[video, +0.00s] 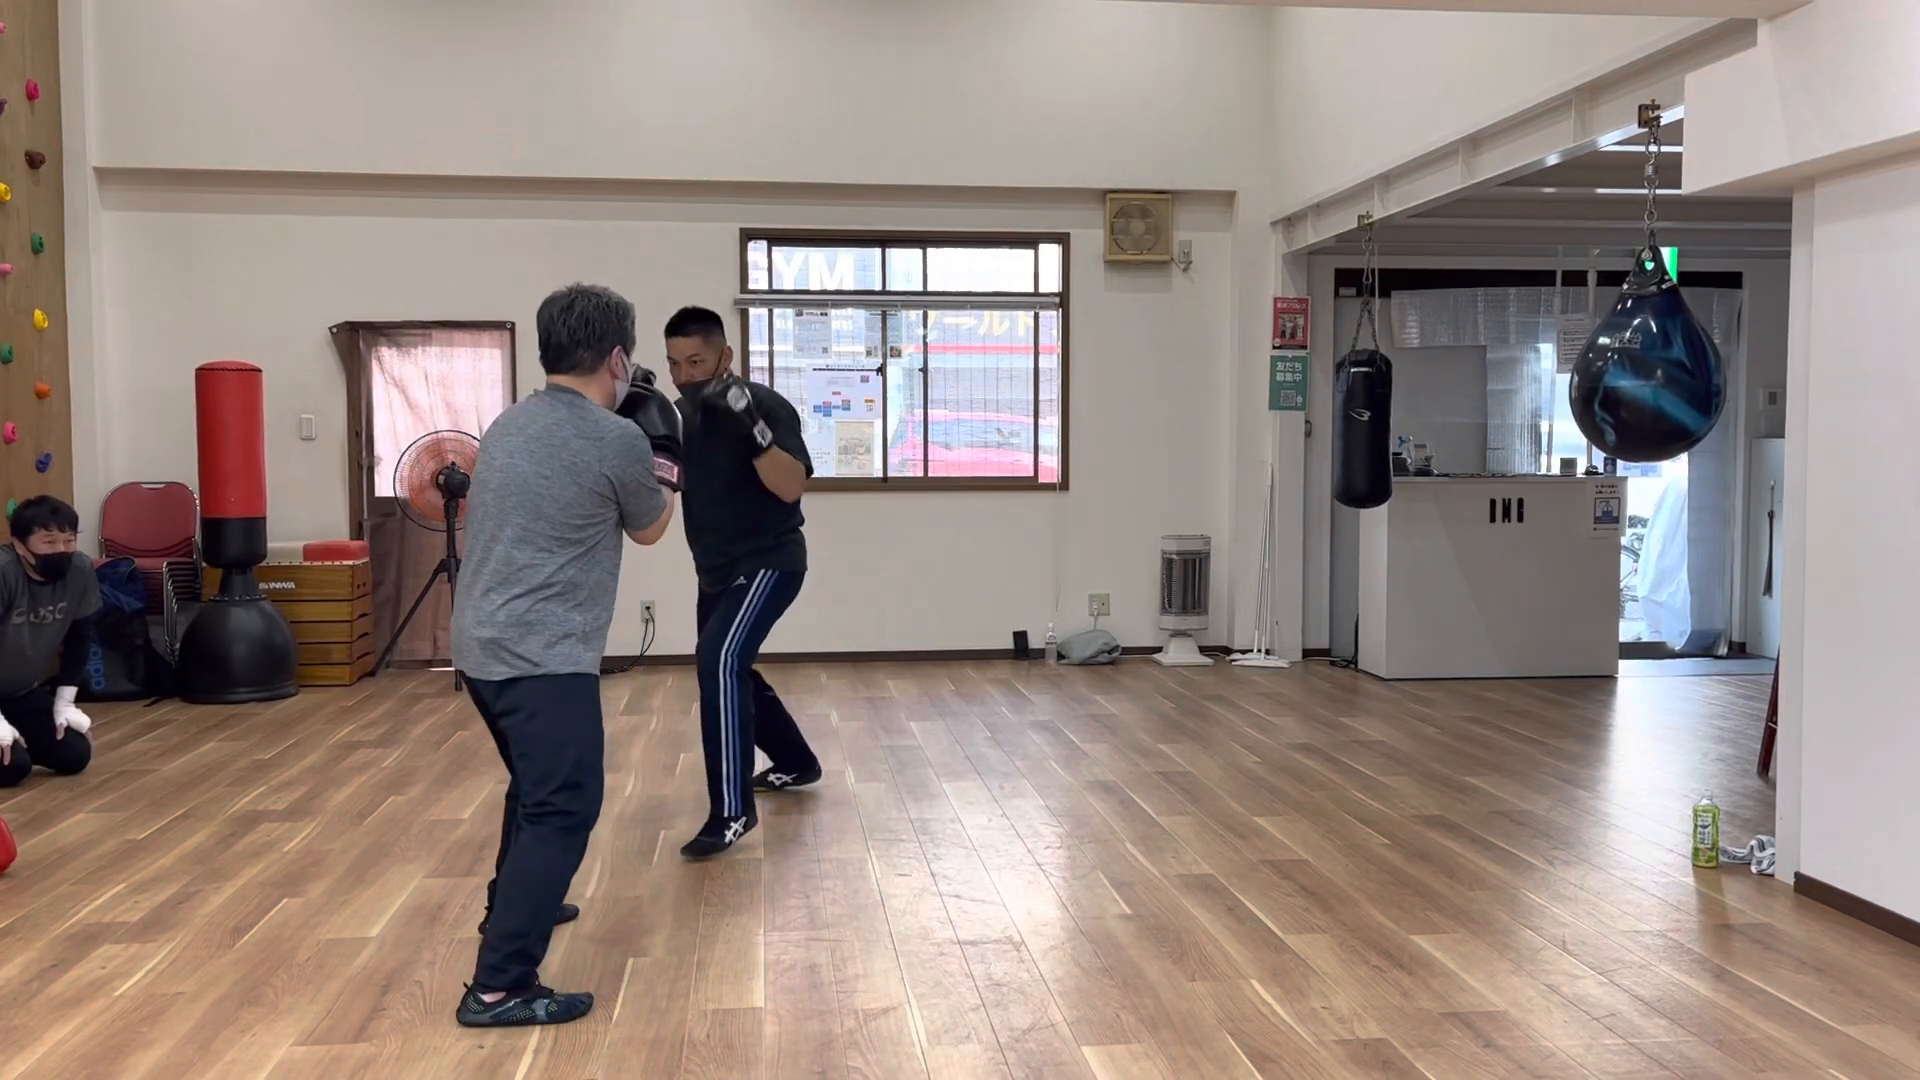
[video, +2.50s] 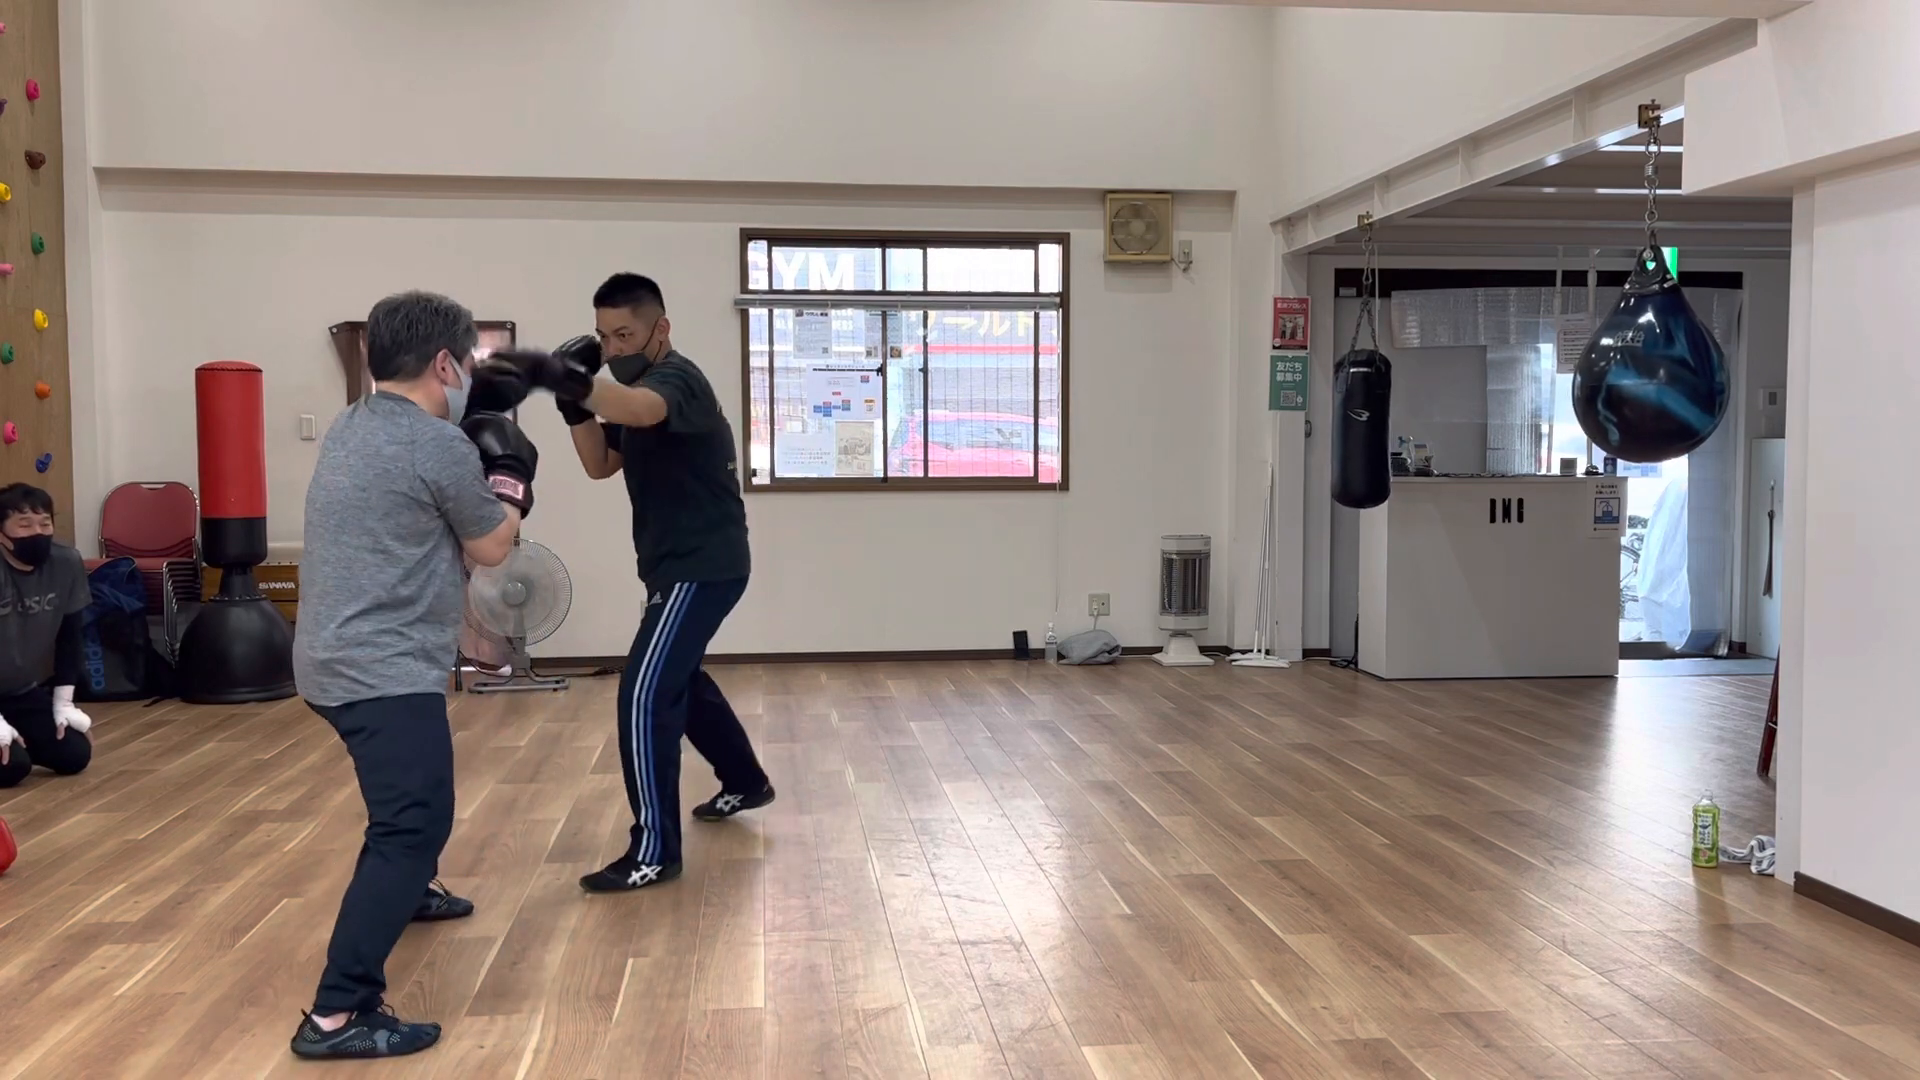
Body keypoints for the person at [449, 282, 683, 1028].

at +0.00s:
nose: (631, 365)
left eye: (629, 355)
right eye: (629, 355)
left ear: (546, 355)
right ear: (615, 357)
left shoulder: (506, 423)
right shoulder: (615, 438)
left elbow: (528, 500)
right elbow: (651, 525)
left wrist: (618, 465)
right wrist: (661, 480)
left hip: (480, 651)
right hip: (548, 660)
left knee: (532, 787)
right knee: (562, 811)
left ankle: (516, 906)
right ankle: (501, 987)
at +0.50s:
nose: (642, 368)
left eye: (641, 357)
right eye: (640, 356)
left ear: (564, 357)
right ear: (626, 359)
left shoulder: (531, 412)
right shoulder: (618, 427)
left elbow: (577, 494)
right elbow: (659, 525)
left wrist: (628, 426)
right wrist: (676, 476)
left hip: (490, 630)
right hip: (546, 641)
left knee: (547, 768)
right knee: (552, 791)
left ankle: (551, 878)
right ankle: (486, 970)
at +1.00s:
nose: (625, 369)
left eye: (623, 359)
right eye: (623, 358)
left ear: (546, 358)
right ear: (609, 361)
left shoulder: (515, 417)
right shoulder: (600, 436)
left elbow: (561, 504)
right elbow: (642, 531)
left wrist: (627, 490)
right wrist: (654, 484)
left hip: (478, 639)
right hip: (531, 652)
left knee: (544, 771)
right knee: (539, 806)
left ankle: (542, 879)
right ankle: (481, 978)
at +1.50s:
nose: (547, 353)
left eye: (548, 342)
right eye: (546, 341)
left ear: (460, 342)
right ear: (528, 342)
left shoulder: (430, 414)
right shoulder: (534, 414)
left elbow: (489, 493)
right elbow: (607, 494)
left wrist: (547, 424)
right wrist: (600, 435)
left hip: (418, 639)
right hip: (475, 648)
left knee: (514, 749)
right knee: (472, 813)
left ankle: (525, 880)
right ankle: (397, 993)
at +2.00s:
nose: (479, 345)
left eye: (479, 333)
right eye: (475, 332)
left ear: (383, 337)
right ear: (453, 338)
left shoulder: (349, 414)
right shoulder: (445, 424)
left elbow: (422, 501)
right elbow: (533, 511)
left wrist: (471, 415)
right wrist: (541, 435)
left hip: (341, 655)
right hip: (391, 669)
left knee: (451, 755)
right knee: (372, 835)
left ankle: (392, 909)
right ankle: (284, 1025)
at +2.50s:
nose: (466, 379)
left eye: (468, 367)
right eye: (464, 366)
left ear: (381, 362)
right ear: (442, 364)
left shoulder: (350, 426)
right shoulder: (436, 443)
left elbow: (411, 514)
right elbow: (490, 546)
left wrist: (462, 435)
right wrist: (512, 497)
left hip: (332, 663)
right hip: (389, 674)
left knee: (410, 789)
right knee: (409, 831)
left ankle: (406, 887)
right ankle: (338, 1011)